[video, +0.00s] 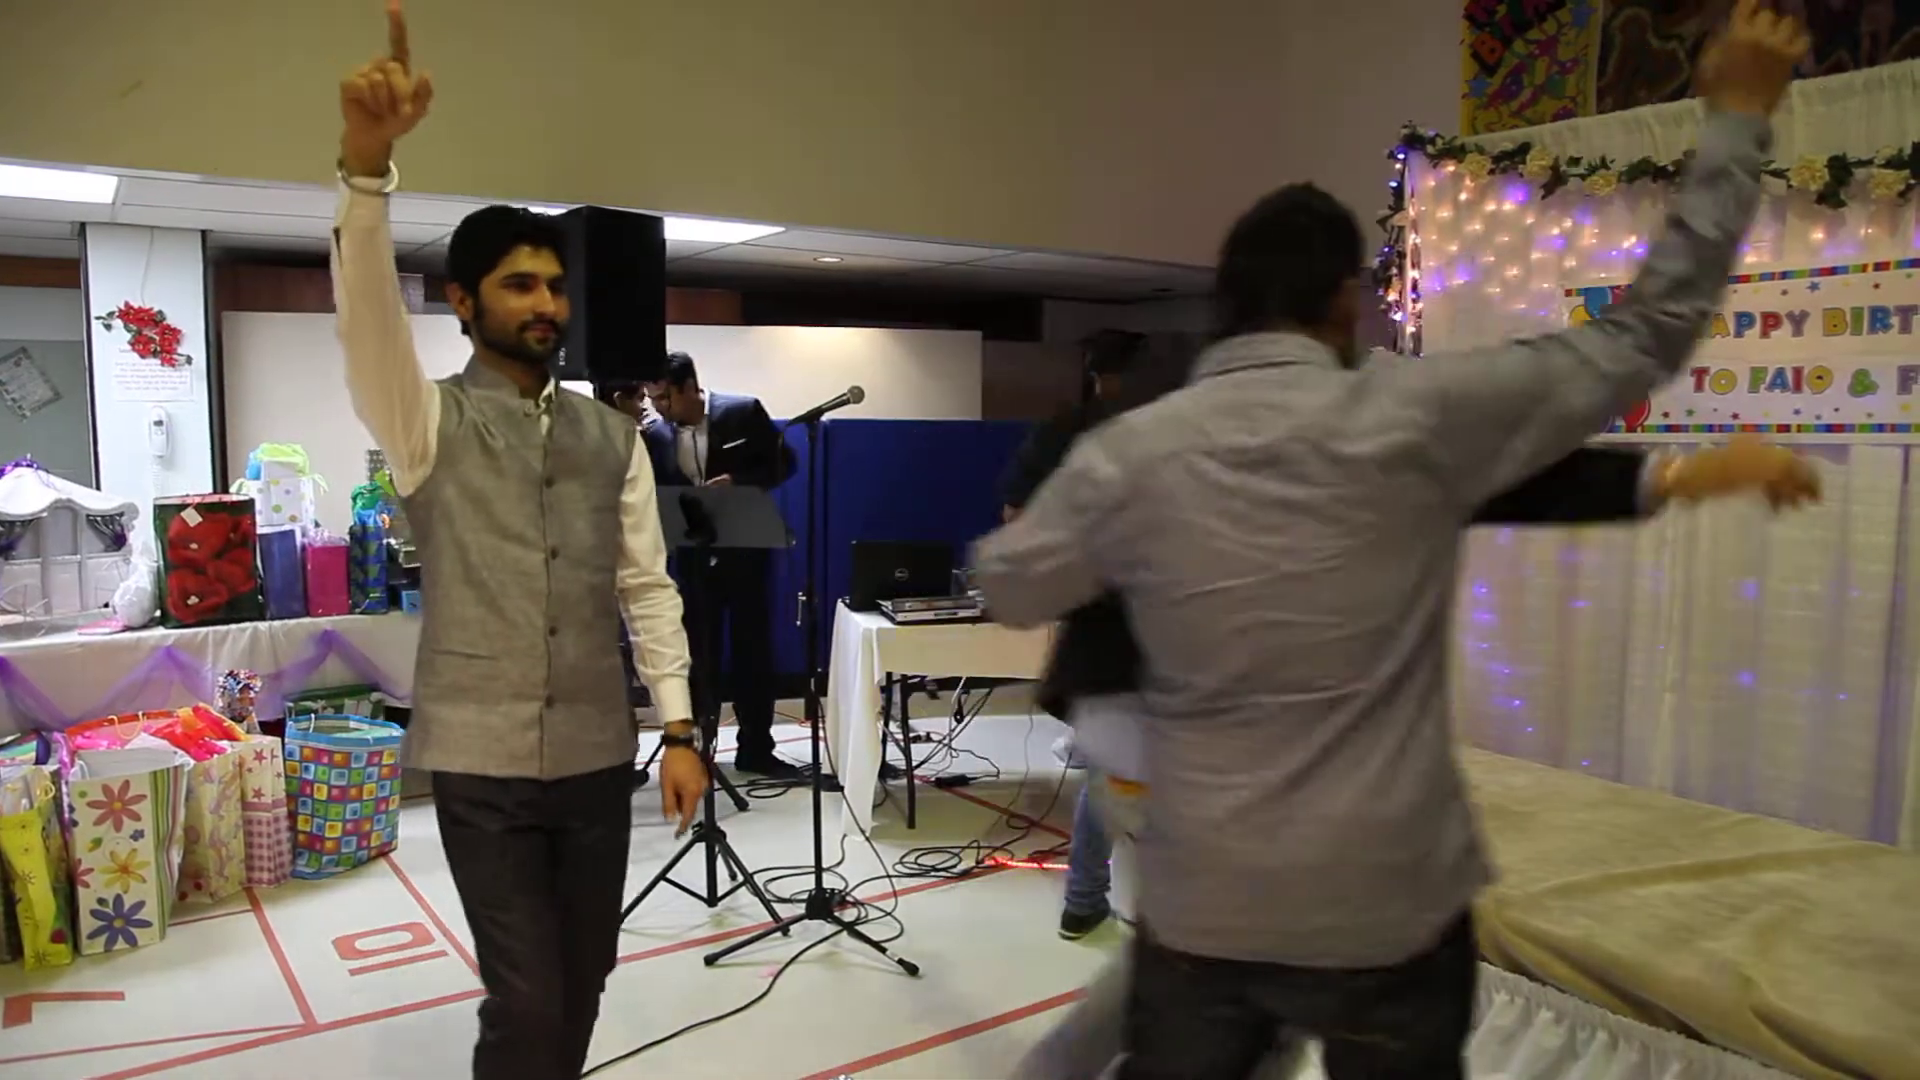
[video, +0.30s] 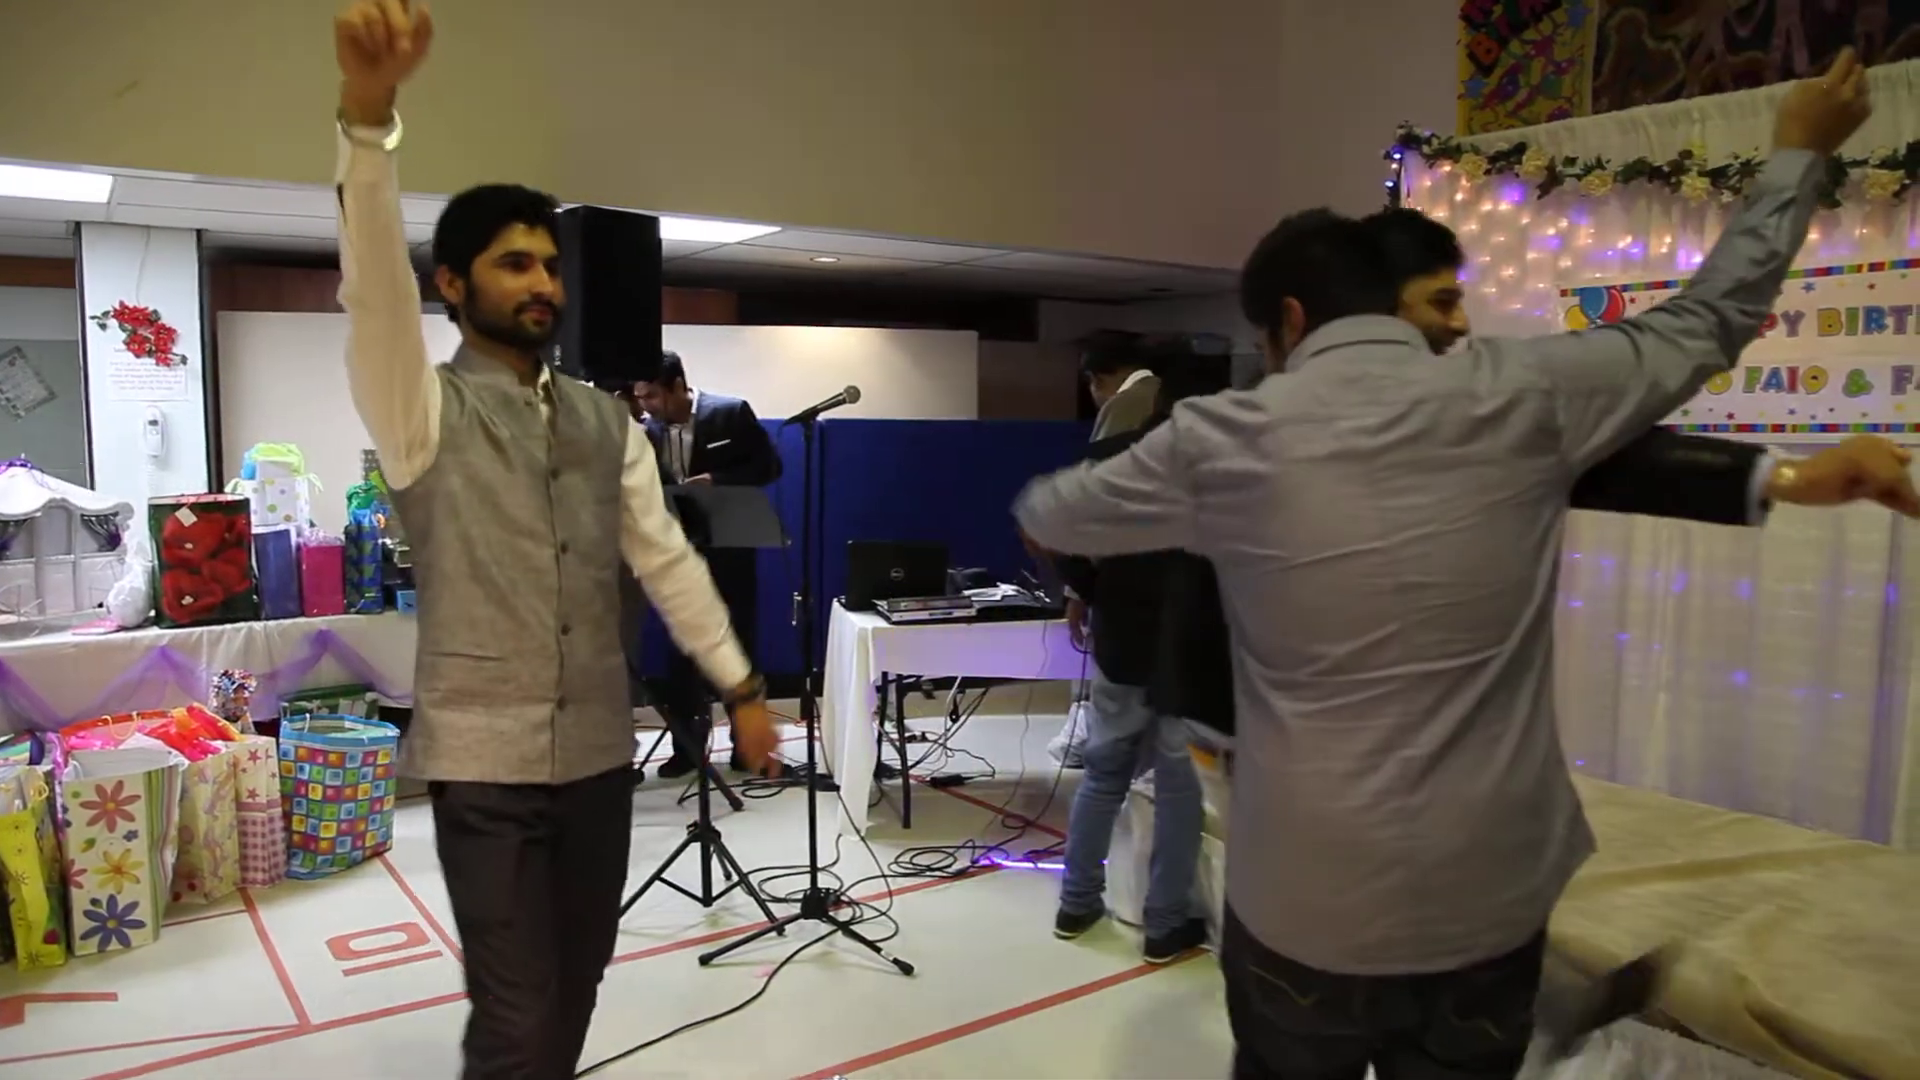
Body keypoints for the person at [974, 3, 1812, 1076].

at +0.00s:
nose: (1366, 306)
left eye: (1359, 286)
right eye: (1363, 286)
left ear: (1227, 299)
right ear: (1345, 298)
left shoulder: (1128, 458)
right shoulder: (1418, 415)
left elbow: (1003, 586)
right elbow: (1645, 334)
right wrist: (1737, 120)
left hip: (1202, 914)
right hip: (1395, 913)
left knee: (1163, 1072)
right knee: (1406, 1073)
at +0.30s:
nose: (1254, 359)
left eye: (1254, 335)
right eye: (1429, 302)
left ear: (1288, 323)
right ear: (1367, 302)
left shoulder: (1224, 441)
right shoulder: (1519, 388)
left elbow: (1046, 514)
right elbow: (1708, 321)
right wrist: (1801, 149)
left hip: (1304, 905)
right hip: (1494, 897)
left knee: (1289, 1066)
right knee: (1458, 1072)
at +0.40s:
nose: (1240, 371)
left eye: (1242, 349)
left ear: (1273, 333)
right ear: (1371, 310)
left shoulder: (1212, 446)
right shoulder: (1496, 393)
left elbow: (1044, 478)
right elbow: (1668, 331)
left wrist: (948, 459)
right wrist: (1759, 160)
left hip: (1295, 911)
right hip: (1479, 906)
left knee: (1272, 1070)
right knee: (1441, 1070)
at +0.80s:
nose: (1173, 383)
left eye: (1173, 366)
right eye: (1174, 369)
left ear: (1199, 348)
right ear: (1296, 334)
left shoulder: (1139, 437)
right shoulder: (1405, 412)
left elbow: (961, 430)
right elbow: (1570, 349)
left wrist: (828, 356)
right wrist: (1624, 180)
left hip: (1187, 889)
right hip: (1378, 888)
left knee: (1136, 1071)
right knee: (1365, 1074)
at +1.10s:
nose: (1032, 380)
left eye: (1034, 362)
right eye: (1036, 367)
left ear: (1054, 354)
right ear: (1163, 339)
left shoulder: (1001, 430)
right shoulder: (1259, 398)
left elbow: (860, 423)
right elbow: (1417, 328)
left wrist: (757, 370)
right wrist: (1486, 177)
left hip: (1051, 868)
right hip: (1219, 865)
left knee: (1036, 1069)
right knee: (1222, 1066)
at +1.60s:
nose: (979, 371)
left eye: (980, 358)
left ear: (991, 356)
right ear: (1089, 335)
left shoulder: (943, 440)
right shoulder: (1170, 368)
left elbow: (802, 469)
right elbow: (1308, 237)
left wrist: (731, 458)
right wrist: (1426, 113)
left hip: (1047, 840)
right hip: (1199, 825)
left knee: (1046, 1061)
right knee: (1180, 1064)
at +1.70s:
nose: (981, 373)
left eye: (984, 357)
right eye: (984, 357)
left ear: (998, 355)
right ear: (1098, 334)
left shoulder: (954, 450)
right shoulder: (1182, 369)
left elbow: (811, 518)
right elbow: (1304, 252)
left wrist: (813, 573)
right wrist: (1404, 130)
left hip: (1053, 842)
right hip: (1204, 829)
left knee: (1049, 1048)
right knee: (1184, 1062)